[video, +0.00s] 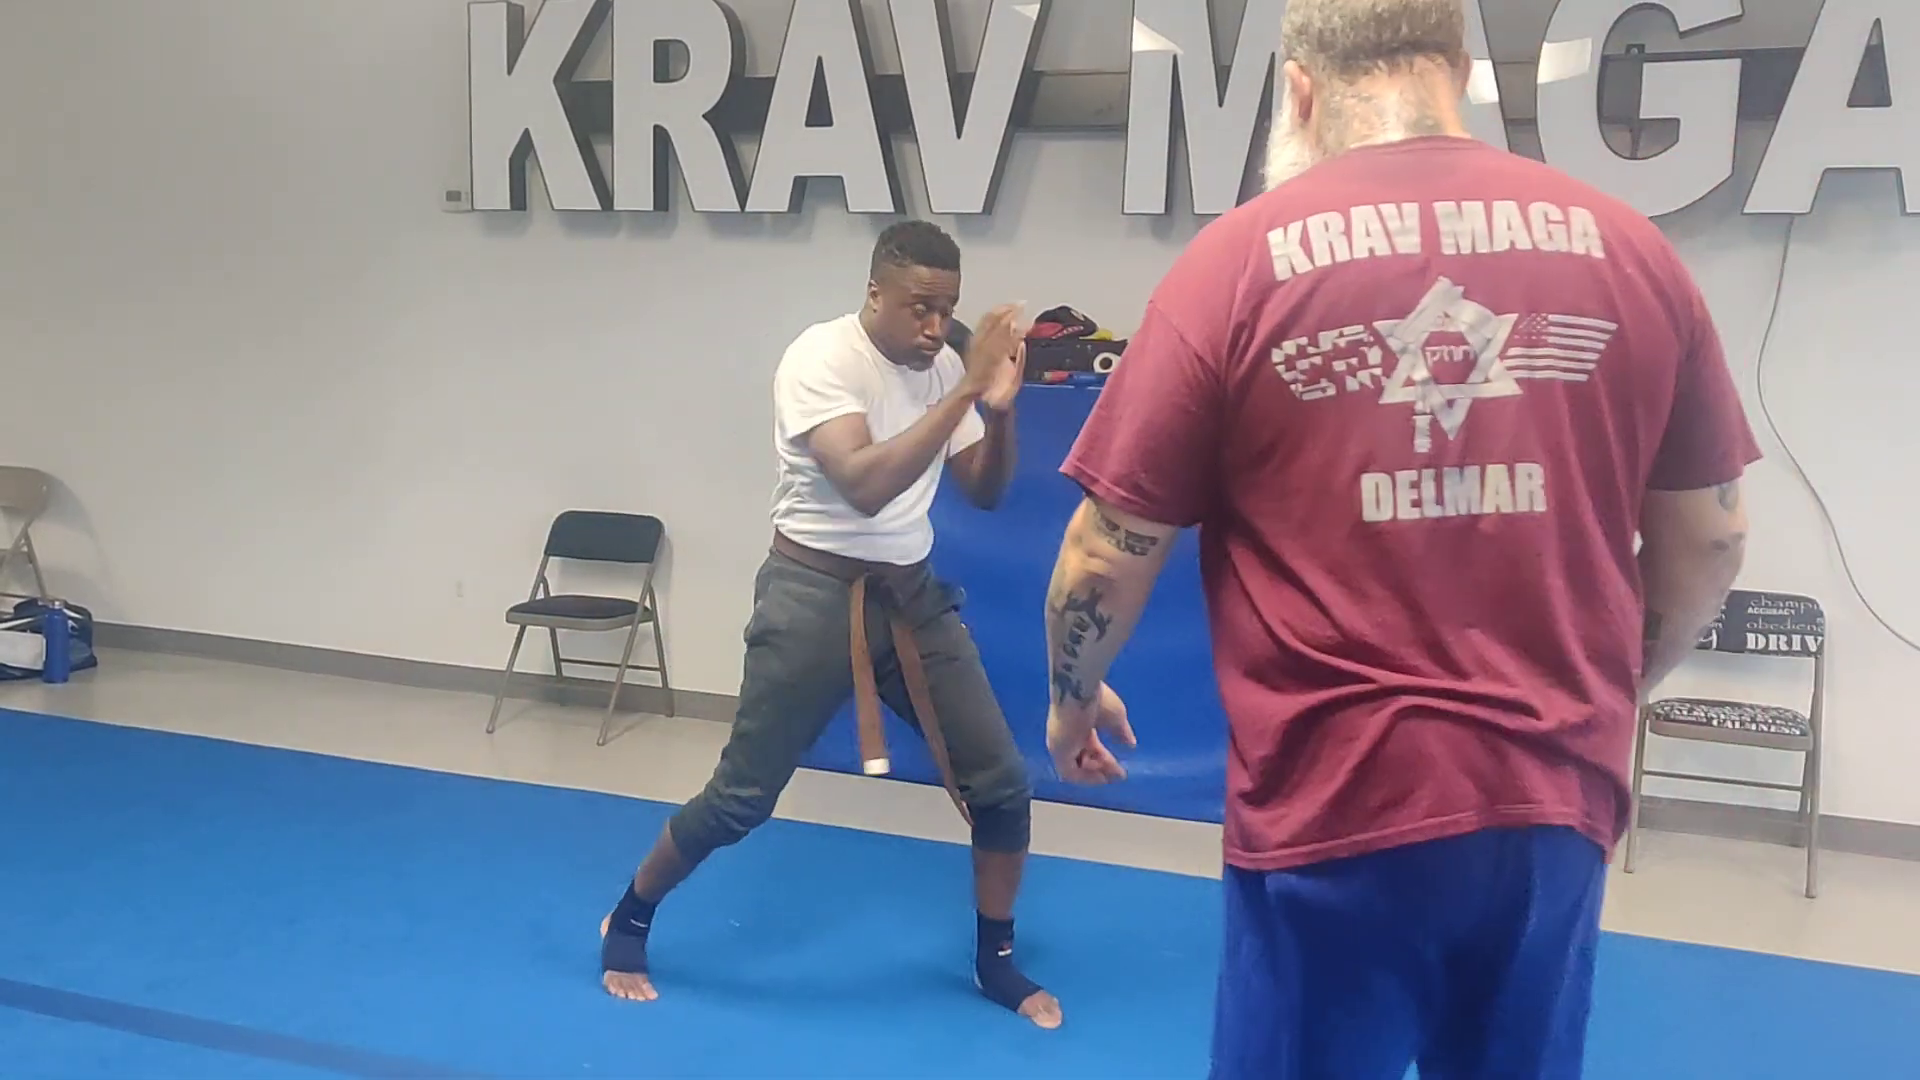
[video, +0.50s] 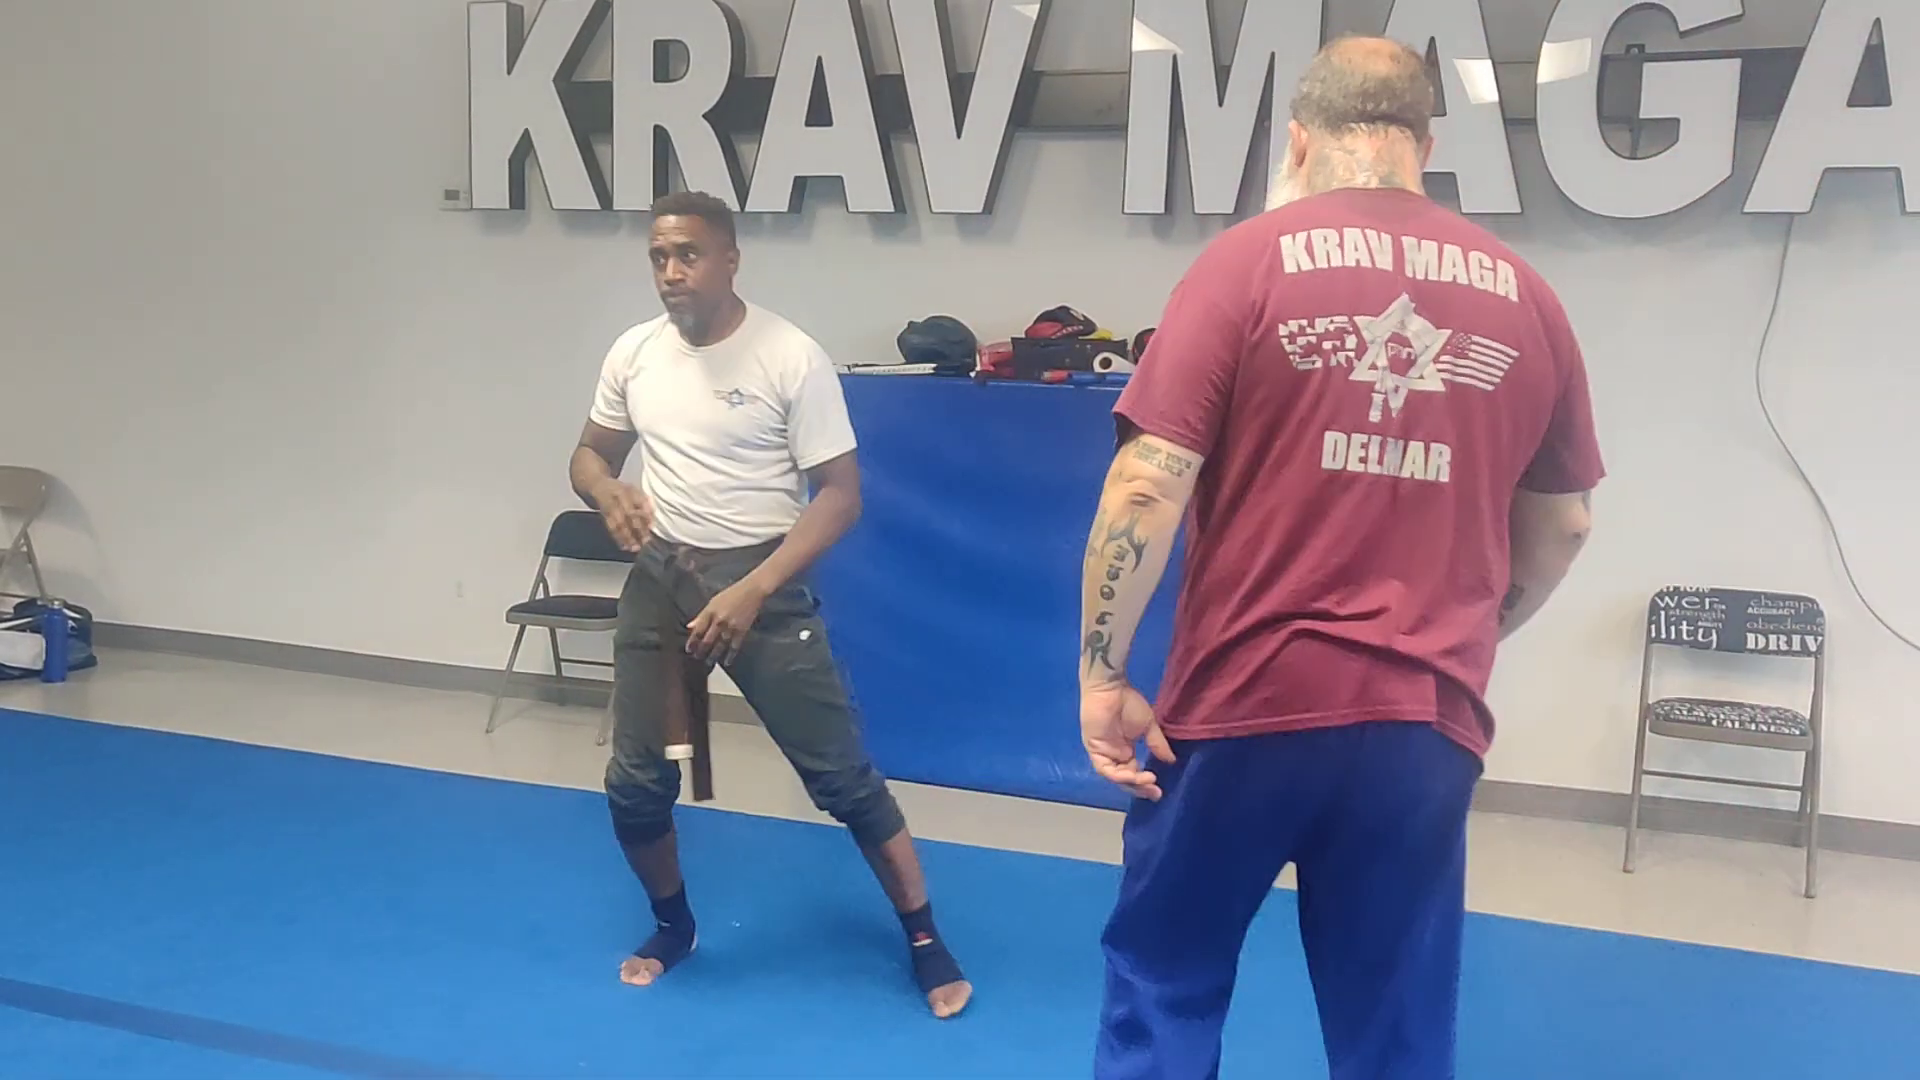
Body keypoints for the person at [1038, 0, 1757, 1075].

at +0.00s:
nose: (1274, 124)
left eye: (1274, 102)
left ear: (1299, 89)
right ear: (1461, 78)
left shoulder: (1246, 253)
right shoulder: (1628, 245)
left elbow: (1105, 559)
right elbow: (1708, 535)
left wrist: (1075, 693)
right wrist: (1617, 680)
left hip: (1333, 788)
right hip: (1556, 783)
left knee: (1303, 1064)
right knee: (1517, 1066)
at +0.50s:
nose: (1286, 171)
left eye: (1285, 153)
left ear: (1300, 144)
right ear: (1425, 149)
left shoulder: (1250, 257)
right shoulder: (1525, 291)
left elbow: (1152, 479)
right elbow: (1558, 527)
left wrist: (1103, 670)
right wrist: (1470, 626)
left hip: (1249, 702)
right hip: (1426, 718)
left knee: (1163, 988)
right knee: (1397, 1020)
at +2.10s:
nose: (880, 236)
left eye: (880, 225)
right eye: (883, 224)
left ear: (891, 225)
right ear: (961, 221)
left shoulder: (875, 312)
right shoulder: (1035, 301)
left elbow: (819, 455)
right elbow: (1084, 426)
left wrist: (792, 540)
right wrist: (1057, 516)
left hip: (921, 561)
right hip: (1021, 556)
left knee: (908, 751)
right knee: (1011, 723)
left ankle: (924, 933)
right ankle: (1023, 860)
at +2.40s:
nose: (844, 257)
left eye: (845, 247)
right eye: (853, 245)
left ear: (857, 248)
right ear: (920, 246)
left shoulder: (837, 325)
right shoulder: (983, 328)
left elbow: (773, 448)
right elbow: (1019, 450)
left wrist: (730, 518)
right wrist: (988, 533)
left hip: (868, 561)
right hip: (954, 559)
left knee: (877, 735)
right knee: (908, 715)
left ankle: (920, 916)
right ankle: (872, 845)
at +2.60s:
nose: (832, 250)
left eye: (832, 240)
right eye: (838, 240)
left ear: (839, 241)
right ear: (900, 243)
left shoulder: (819, 309)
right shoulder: (954, 327)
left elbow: (770, 424)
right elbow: (977, 446)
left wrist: (742, 521)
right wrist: (930, 506)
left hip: (830, 536)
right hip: (920, 540)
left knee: (791, 687)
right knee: (887, 695)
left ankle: (839, 819)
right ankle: (870, 857)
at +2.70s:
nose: (812, 252)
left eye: (812, 242)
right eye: (815, 242)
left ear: (823, 241)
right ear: (881, 242)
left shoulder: (808, 306)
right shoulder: (944, 327)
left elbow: (768, 416)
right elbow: (956, 437)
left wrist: (742, 516)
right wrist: (910, 497)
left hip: (815, 532)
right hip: (903, 536)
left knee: (768, 684)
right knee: (888, 694)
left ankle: (783, 831)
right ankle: (871, 852)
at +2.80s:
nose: (790, 256)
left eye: (790, 246)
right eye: (793, 247)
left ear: (801, 247)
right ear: (858, 247)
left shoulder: (788, 313)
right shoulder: (912, 321)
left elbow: (759, 421)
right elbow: (936, 434)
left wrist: (737, 522)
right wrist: (893, 495)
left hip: (801, 529)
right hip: (886, 533)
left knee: (760, 684)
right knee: (885, 692)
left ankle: (741, 822)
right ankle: (873, 850)